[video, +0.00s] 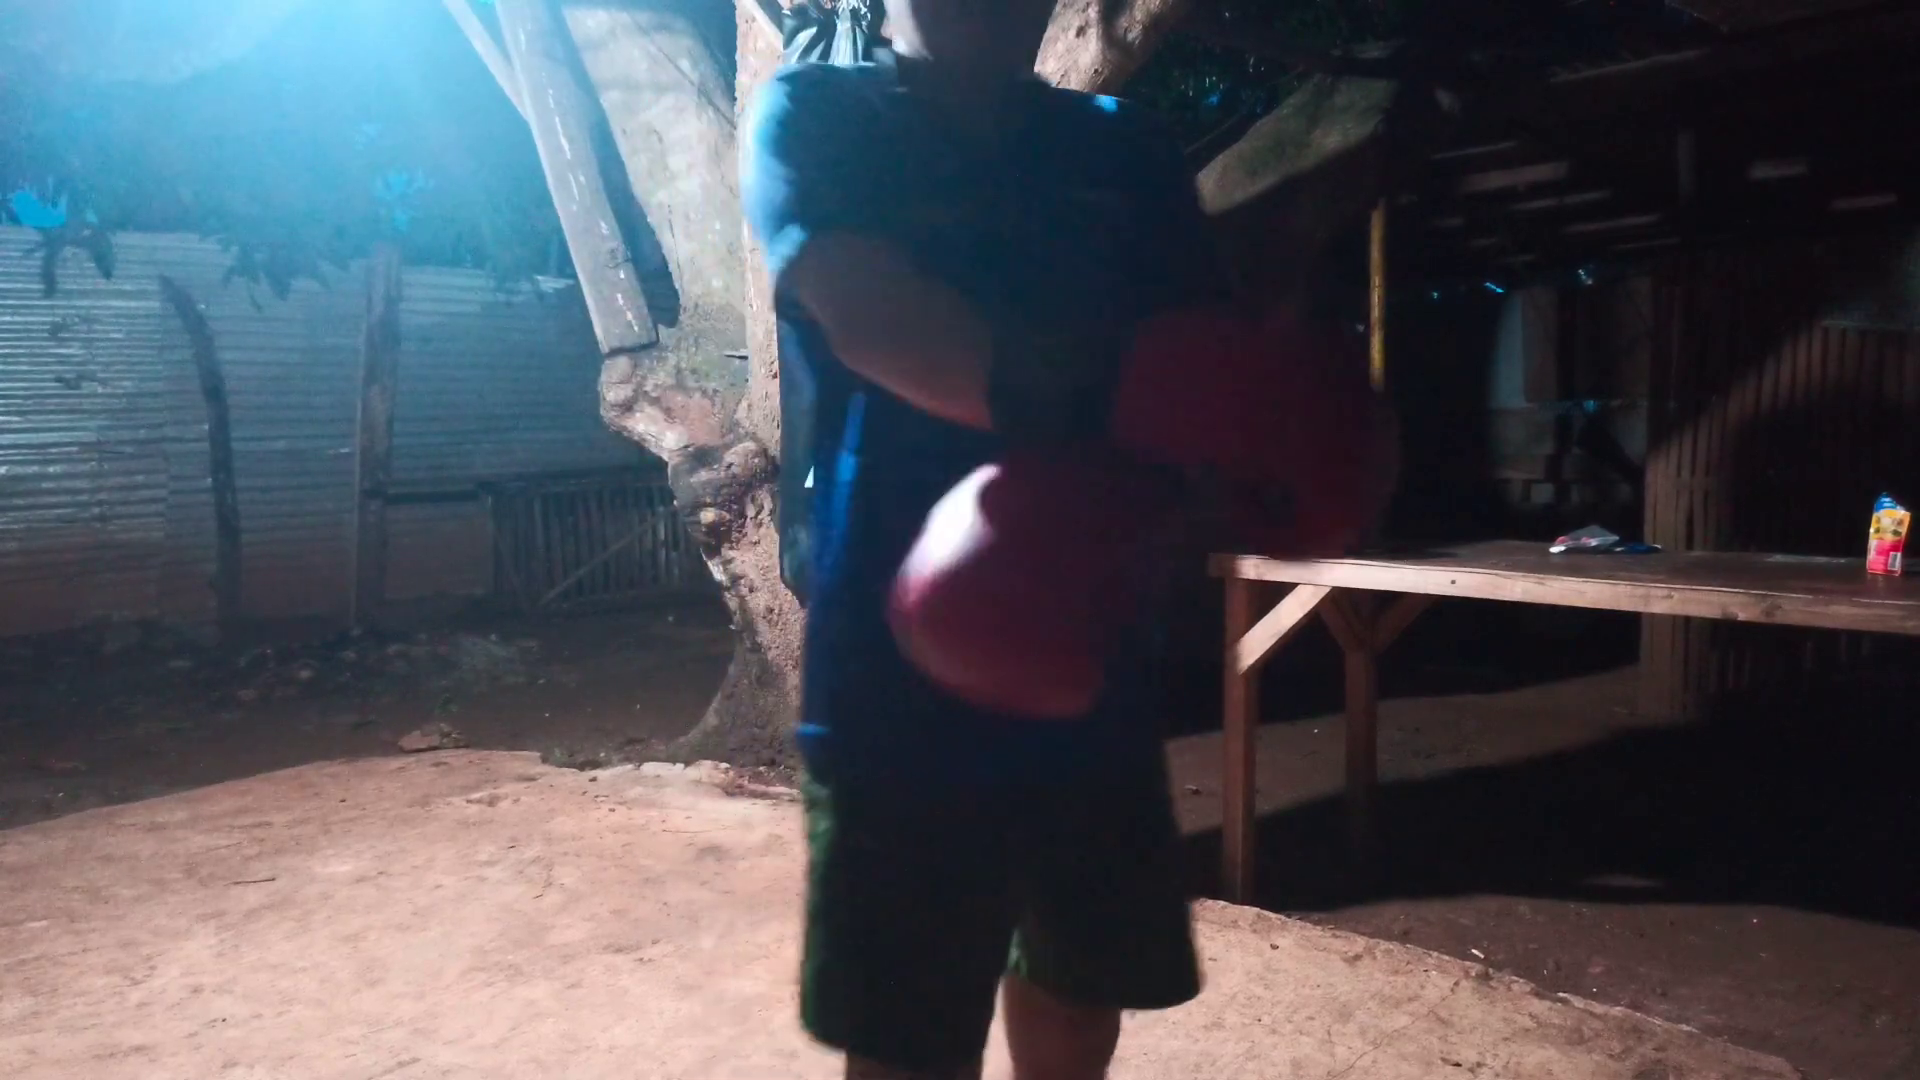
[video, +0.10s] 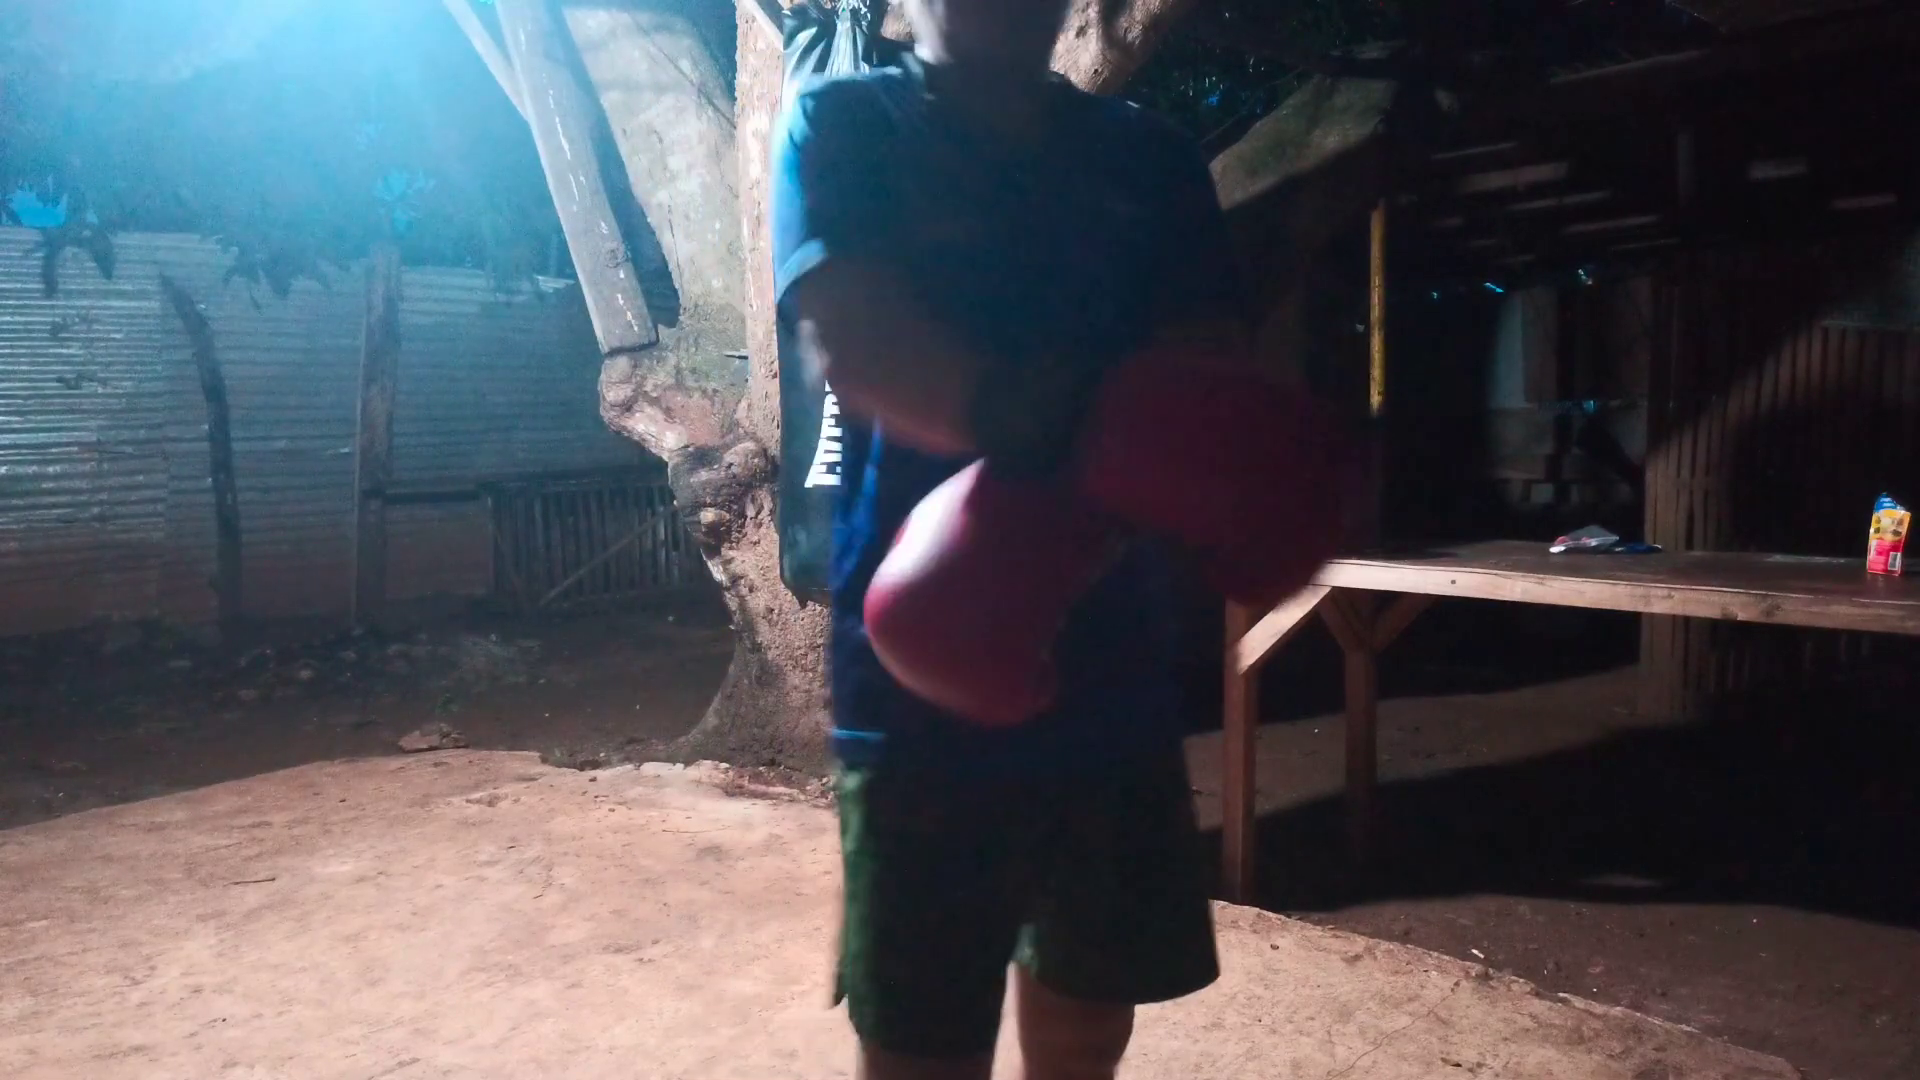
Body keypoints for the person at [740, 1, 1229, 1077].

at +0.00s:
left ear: (1054, 3)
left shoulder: (1128, 148)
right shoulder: (816, 106)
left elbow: (1209, 383)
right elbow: (865, 315)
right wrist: (1108, 400)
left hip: (1094, 660)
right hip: (892, 659)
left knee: (1079, 979)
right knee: (905, 1032)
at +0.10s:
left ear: (1073, 1)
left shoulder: (1153, 154)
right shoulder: (847, 119)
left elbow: (1214, 383)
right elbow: (859, 347)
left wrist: (1058, 535)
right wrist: (1091, 422)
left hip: (1116, 660)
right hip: (915, 666)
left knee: (1092, 990)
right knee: (919, 1037)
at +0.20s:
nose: (1017, 4)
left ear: (1085, 7)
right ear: (926, 4)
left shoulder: (1160, 163)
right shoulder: (857, 143)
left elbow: (1217, 413)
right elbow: (788, 389)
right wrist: (1018, 426)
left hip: (1122, 652)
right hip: (926, 655)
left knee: (1089, 1005)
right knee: (941, 1036)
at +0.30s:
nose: (1012, 5)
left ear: (1091, 6)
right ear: (930, 6)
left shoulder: (1170, 165)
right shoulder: (861, 151)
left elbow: (1247, 418)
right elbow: (738, 387)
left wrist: (1193, 595)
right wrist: (902, 382)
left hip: (1128, 651)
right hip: (941, 661)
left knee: (1088, 1010)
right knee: (952, 1040)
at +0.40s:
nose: (1013, 1)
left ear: (1098, 2)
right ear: (930, 3)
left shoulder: (1177, 162)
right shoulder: (860, 153)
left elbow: (1253, 398)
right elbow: (715, 388)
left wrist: (1228, 593)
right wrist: (893, 370)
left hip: (1133, 660)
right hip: (943, 663)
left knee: (1082, 1028)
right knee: (950, 1043)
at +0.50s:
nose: (1003, 2)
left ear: (1087, 2)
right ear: (922, 5)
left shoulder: (1170, 154)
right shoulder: (856, 154)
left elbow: (1265, 385)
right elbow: (742, 398)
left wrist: (1173, 420)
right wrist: (943, 404)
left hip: (1122, 662)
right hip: (932, 667)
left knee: (1082, 1023)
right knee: (931, 1043)